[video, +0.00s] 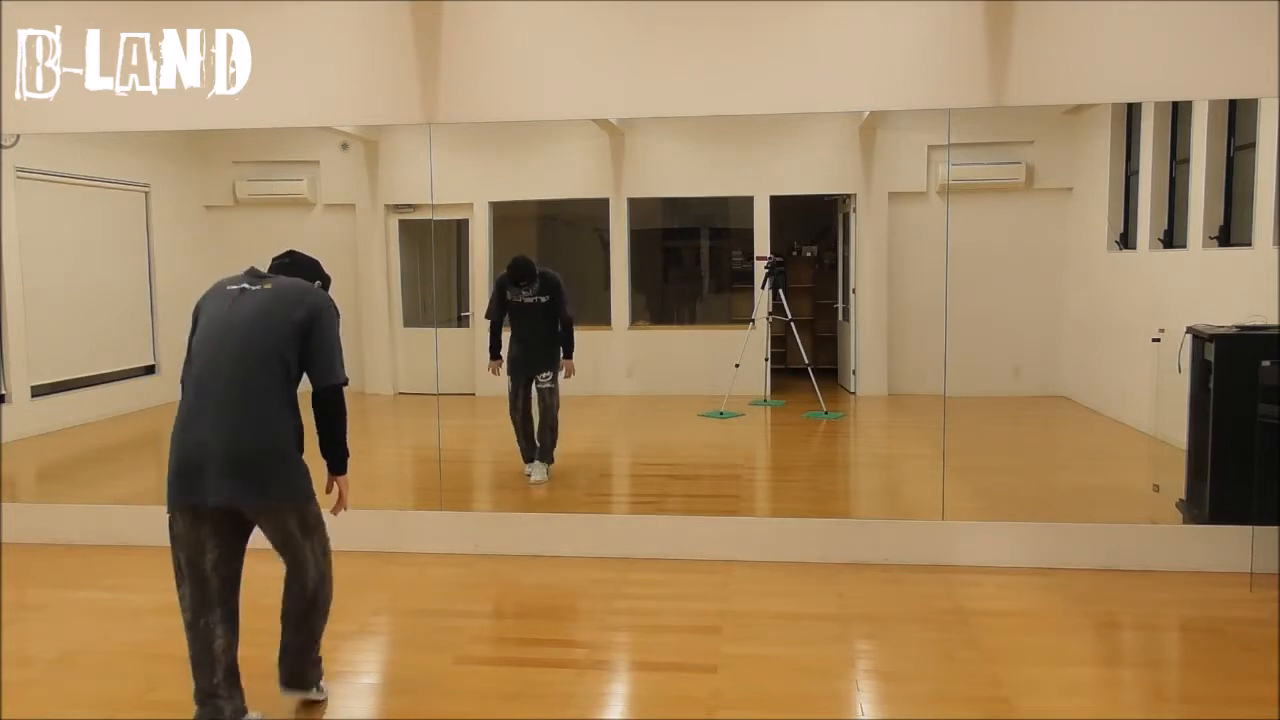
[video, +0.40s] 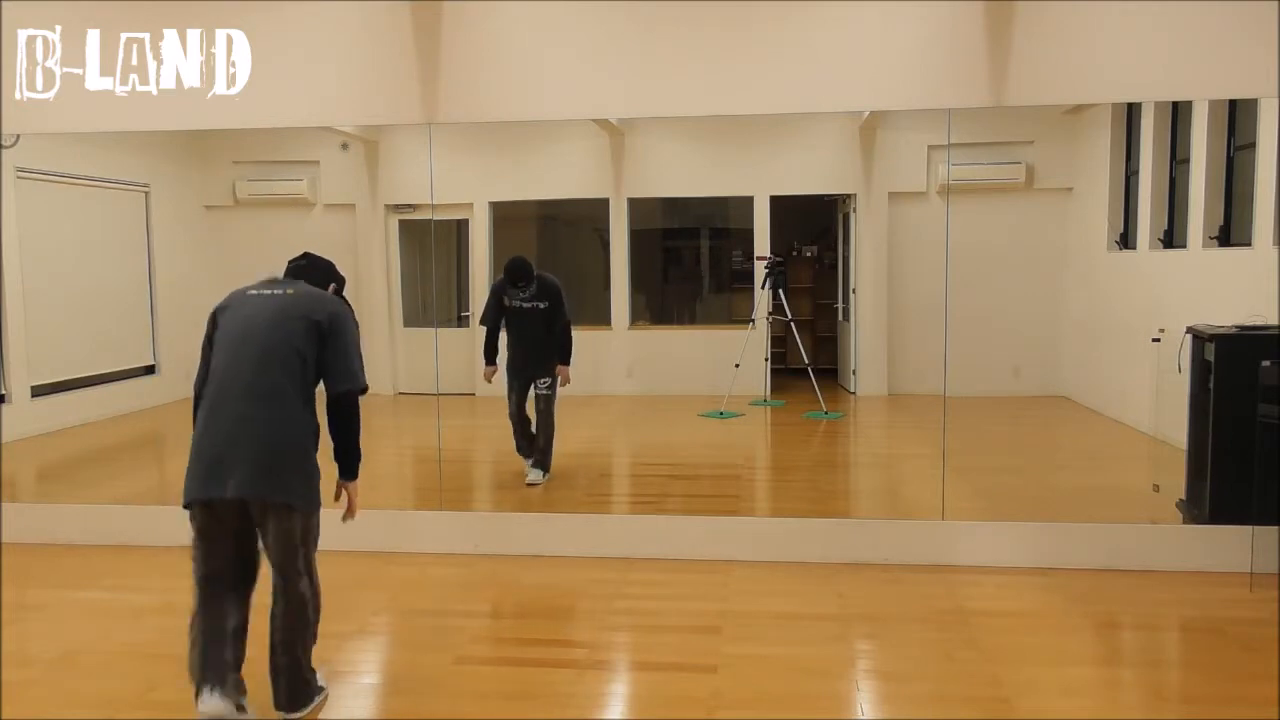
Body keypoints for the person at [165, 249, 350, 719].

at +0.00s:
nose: (322, 301)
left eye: (324, 297)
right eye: (323, 296)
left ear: (274, 274)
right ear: (315, 285)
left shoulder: (214, 296)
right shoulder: (314, 301)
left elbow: (192, 378)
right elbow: (329, 390)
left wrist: (215, 442)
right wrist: (337, 465)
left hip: (193, 461)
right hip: (264, 459)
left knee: (206, 595)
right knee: (309, 563)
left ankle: (217, 708)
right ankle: (300, 675)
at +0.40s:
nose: (337, 304)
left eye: (338, 299)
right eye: (339, 299)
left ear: (289, 279)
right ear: (331, 289)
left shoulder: (231, 302)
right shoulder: (331, 308)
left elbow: (204, 387)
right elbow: (343, 396)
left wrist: (211, 452)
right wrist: (348, 469)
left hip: (212, 462)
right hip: (282, 462)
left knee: (218, 577)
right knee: (294, 578)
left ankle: (216, 688)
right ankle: (293, 692)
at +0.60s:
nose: (338, 318)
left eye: (340, 314)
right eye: (341, 313)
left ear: (290, 297)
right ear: (332, 306)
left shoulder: (245, 323)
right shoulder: (333, 332)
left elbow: (219, 410)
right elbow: (347, 422)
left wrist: (218, 491)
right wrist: (357, 495)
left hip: (231, 461)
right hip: (292, 466)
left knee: (270, 538)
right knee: (319, 588)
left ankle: (248, 597)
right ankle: (298, 690)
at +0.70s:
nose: (343, 311)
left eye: (343, 306)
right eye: (344, 306)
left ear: (293, 286)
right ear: (336, 296)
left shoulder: (243, 312)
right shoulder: (337, 315)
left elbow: (223, 395)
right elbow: (354, 404)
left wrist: (221, 470)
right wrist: (361, 475)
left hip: (235, 459)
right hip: (294, 462)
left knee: (261, 545)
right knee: (312, 575)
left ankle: (274, 632)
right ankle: (297, 692)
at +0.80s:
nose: (342, 305)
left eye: (343, 300)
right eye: (343, 298)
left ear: (296, 278)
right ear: (334, 288)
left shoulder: (241, 301)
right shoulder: (337, 307)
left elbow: (236, 372)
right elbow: (357, 392)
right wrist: (365, 460)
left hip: (231, 461)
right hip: (294, 462)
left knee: (255, 574)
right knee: (311, 575)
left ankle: (282, 668)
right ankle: (282, 688)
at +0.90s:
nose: (342, 303)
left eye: (343, 299)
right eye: (344, 297)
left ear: (294, 278)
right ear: (334, 288)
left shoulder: (244, 305)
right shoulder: (339, 310)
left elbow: (239, 379)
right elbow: (357, 398)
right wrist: (365, 464)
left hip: (230, 463)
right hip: (295, 465)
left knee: (255, 574)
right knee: (308, 577)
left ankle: (269, 661)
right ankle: (283, 688)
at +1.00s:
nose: (342, 306)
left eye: (342, 302)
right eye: (344, 301)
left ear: (292, 283)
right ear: (334, 293)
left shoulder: (245, 313)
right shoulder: (337, 323)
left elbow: (230, 399)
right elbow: (352, 408)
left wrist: (227, 480)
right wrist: (359, 481)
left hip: (236, 462)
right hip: (296, 463)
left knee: (265, 553)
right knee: (306, 573)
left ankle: (270, 644)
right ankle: (284, 688)